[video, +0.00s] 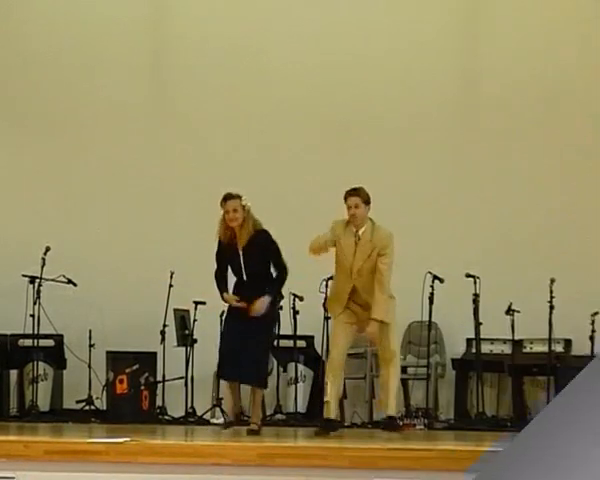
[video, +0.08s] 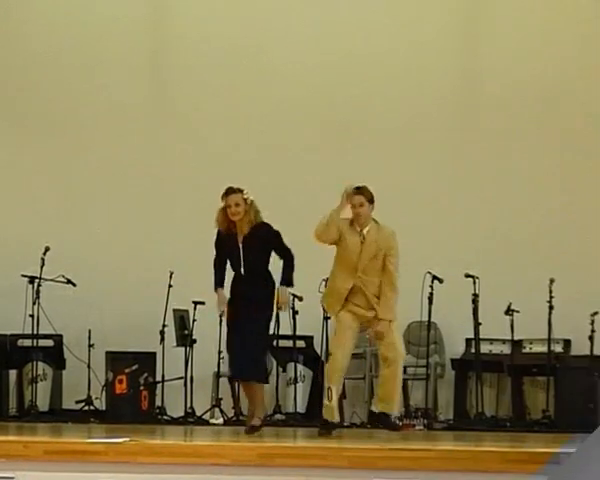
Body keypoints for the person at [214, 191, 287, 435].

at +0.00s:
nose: (232, 216)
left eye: (236, 211)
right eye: (228, 212)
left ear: (245, 211)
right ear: (223, 215)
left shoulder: (262, 237)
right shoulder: (225, 240)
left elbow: (282, 270)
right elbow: (221, 271)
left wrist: (268, 297)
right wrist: (225, 294)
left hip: (264, 303)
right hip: (239, 301)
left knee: (257, 355)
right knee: (230, 353)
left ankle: (256, 415)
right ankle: (235, 410)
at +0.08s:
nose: (233, 210)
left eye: (237, 205)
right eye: (229, 207)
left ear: (247, 205)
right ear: (225, 210)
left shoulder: (264, 230)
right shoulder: (224, 235)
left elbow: (287, 256)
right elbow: (220, 263)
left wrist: (284, 287)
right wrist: (220, 291)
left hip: (262, 291)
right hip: (239, 291)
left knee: (253, 347)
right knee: (236, 347)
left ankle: (259, 410)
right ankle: (253, 409)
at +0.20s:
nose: (236, 211)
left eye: (240, 206)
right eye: (231, 207)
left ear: (249, 207)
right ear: (227, 210)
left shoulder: (264, 234)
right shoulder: (227, 235)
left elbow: (283, 262)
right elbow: (227, 266)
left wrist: (281, 289)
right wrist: (215, 293)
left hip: (259, 296)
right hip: (238, 297)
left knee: (254, 352)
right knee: (242, 354)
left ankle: (271, 414)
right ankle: (259, 416)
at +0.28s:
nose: (235, 213)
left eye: (239, 209)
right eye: (231, 210)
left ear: (248, 210)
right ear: (226, 214)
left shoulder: (262, 240)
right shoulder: (228, 239)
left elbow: (274, 276)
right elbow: (231, 273)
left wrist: (260, 296)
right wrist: (220, 297)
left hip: (260, 304)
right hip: (238, 303)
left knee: (256, 358)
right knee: (232, 357)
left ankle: (271, 419)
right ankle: (252, 412)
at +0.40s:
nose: (228, 217)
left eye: (233, 212)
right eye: (224, 213)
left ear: (241, 213)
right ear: (220, 217)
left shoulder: (250, 242)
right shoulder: (224, 244)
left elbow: (248, 280)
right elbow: (234, 280)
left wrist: (224, 281)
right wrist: (226, 308)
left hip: (254, 304)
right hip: (235, 304)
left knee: (252, 360)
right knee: (213, 358)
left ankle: (268, 420)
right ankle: (212, 414)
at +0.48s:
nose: (222, 213)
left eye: (226, 208)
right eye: (217, 209)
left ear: (234, 209)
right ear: (214, 213)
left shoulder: (242, 237)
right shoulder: (220, 240)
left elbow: (235, 274)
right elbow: (224, 273)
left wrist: (209, 255)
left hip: (245, 301)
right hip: (229, 301)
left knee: (250, 358)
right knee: (211, 356)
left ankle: (265, 420)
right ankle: (186, 414)